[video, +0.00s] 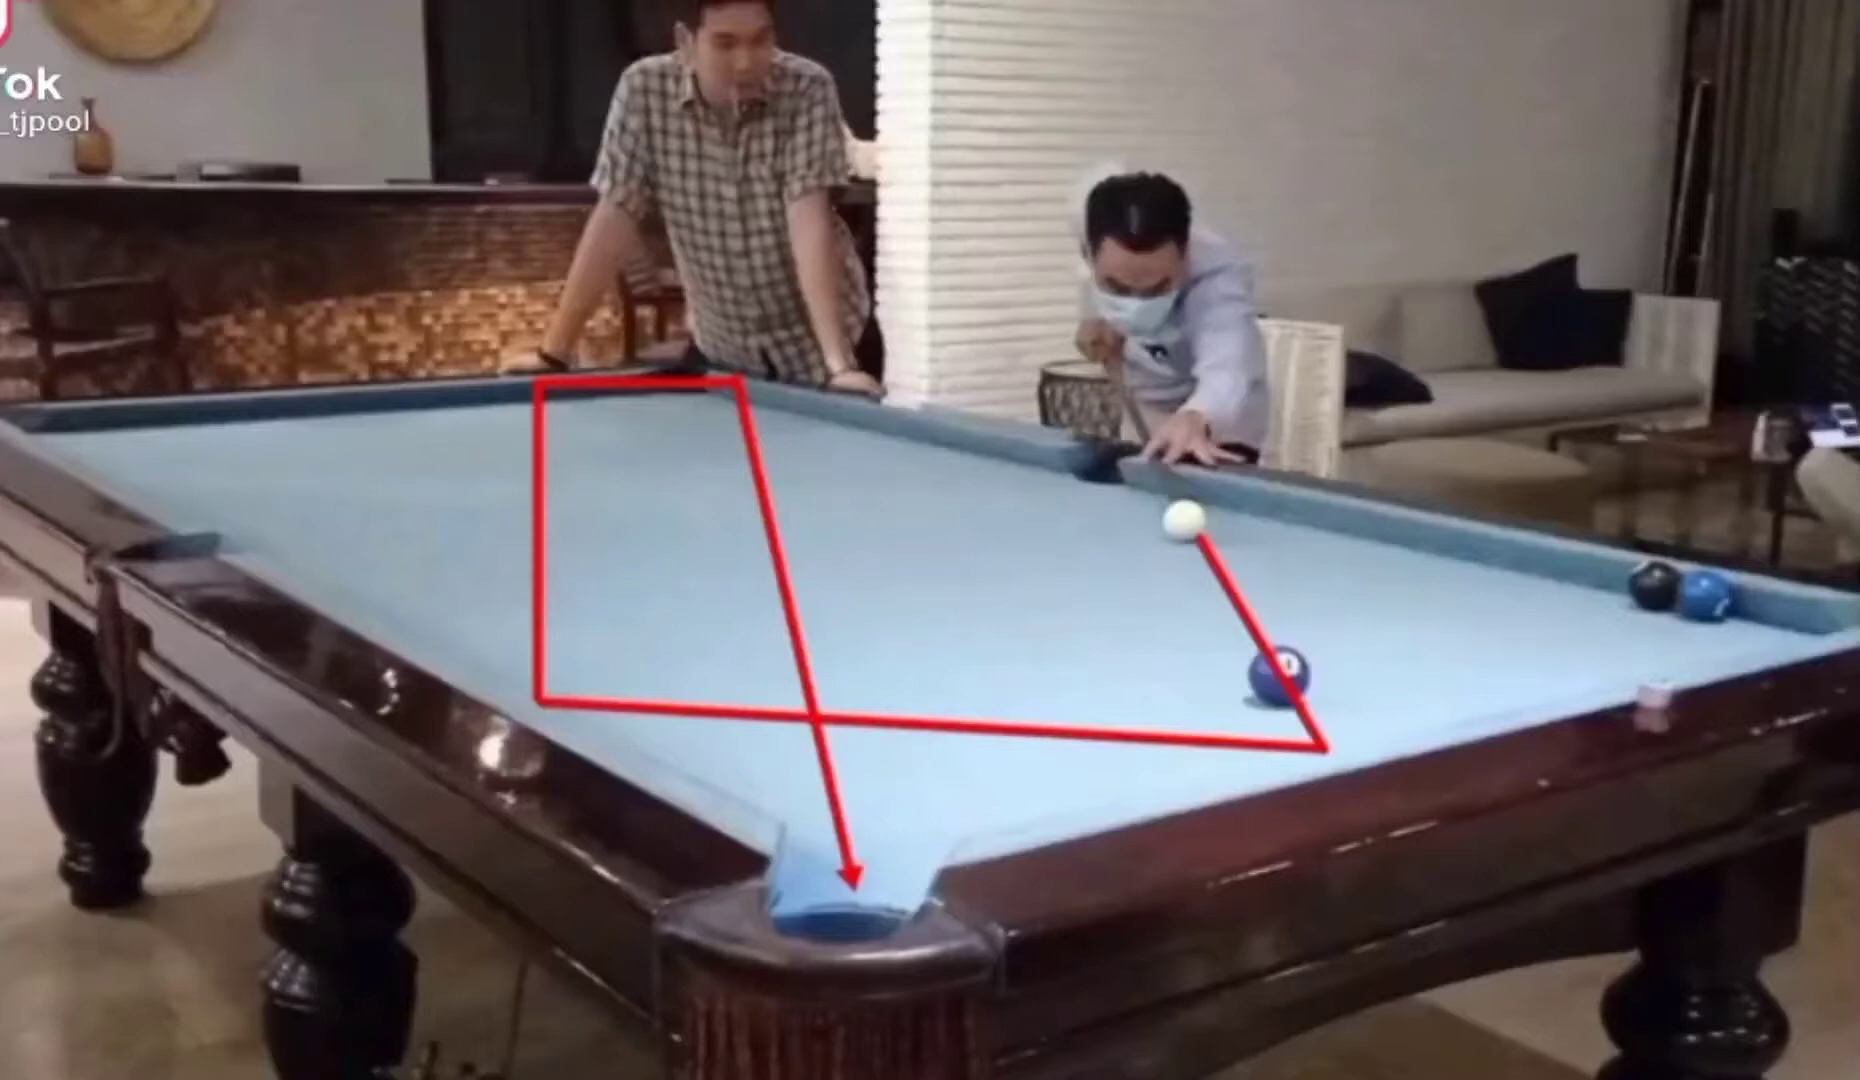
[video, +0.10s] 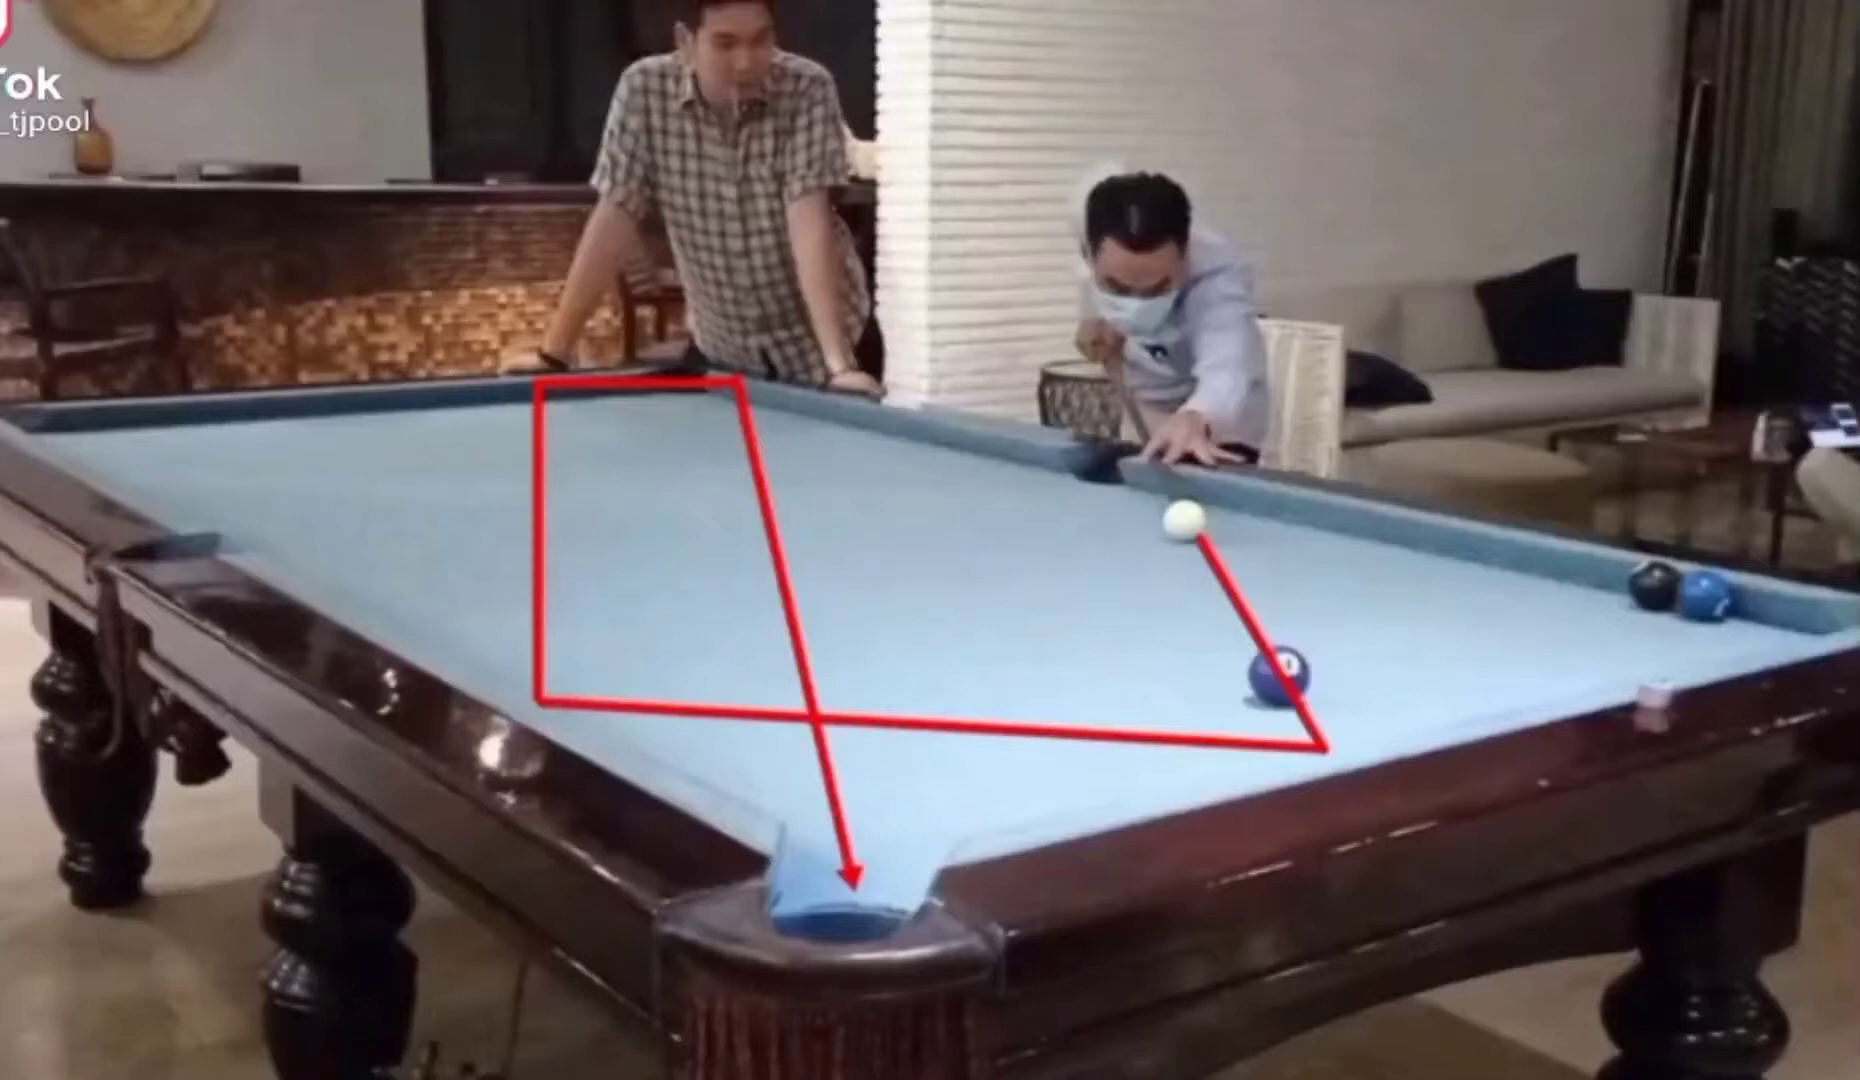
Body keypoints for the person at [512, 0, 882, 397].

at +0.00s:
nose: (746, 62)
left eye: (759, 41)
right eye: (726, 44)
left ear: (774, 36)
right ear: (686, 43)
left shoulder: (806, 89)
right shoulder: (644, 90)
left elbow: (810, 220)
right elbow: (614, 216)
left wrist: (840, 364)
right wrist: (553, 354)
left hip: (821, 347)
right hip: (722, 347)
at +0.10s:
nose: (746, 62)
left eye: (759, 41)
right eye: (726, 44)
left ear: (774, 36)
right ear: (686, 43)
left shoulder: (806, 89)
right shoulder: (644, 90)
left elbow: (810, 220)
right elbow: (614, 216)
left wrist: (840, 364)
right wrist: (553, 354)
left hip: (821, 347)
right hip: (722, 347)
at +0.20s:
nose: (746, 62)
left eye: (759, 41)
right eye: (725, 44)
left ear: (774, 36)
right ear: (687, 43)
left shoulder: (806, 89)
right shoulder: (644, 90)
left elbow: (810, 221)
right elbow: (614, 217)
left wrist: (839, 364)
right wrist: (553, 354)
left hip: (821, 347)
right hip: (723, 347)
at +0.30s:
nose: (746, 63)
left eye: (759, 41)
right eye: (726, 44)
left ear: (774, 35)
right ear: (686, 43)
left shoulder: (806, 89)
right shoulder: (644, 90)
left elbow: (810, 222)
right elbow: (614, 216)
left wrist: (839, 365)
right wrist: (554, 352)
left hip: (824, 349)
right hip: (723, 350)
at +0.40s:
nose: (746, 63)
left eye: (759, 41)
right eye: (725, 44)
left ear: (774, 36)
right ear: (686, 43)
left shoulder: (806, 89)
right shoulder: (644, 90)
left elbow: (810, 222)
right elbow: (614, 216)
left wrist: (839, 364)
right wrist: (554, 353)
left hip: (823, 349)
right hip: (723, 349)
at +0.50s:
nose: (746, 63)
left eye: (759, 41)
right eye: (725, 44)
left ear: (774, 36)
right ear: (686, 43)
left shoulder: (806, 89)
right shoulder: (644, 90)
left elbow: (810, 222)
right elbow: (614, 216)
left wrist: (839, 364)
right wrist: (554, 353)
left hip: (824, 349)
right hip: (723, 349)